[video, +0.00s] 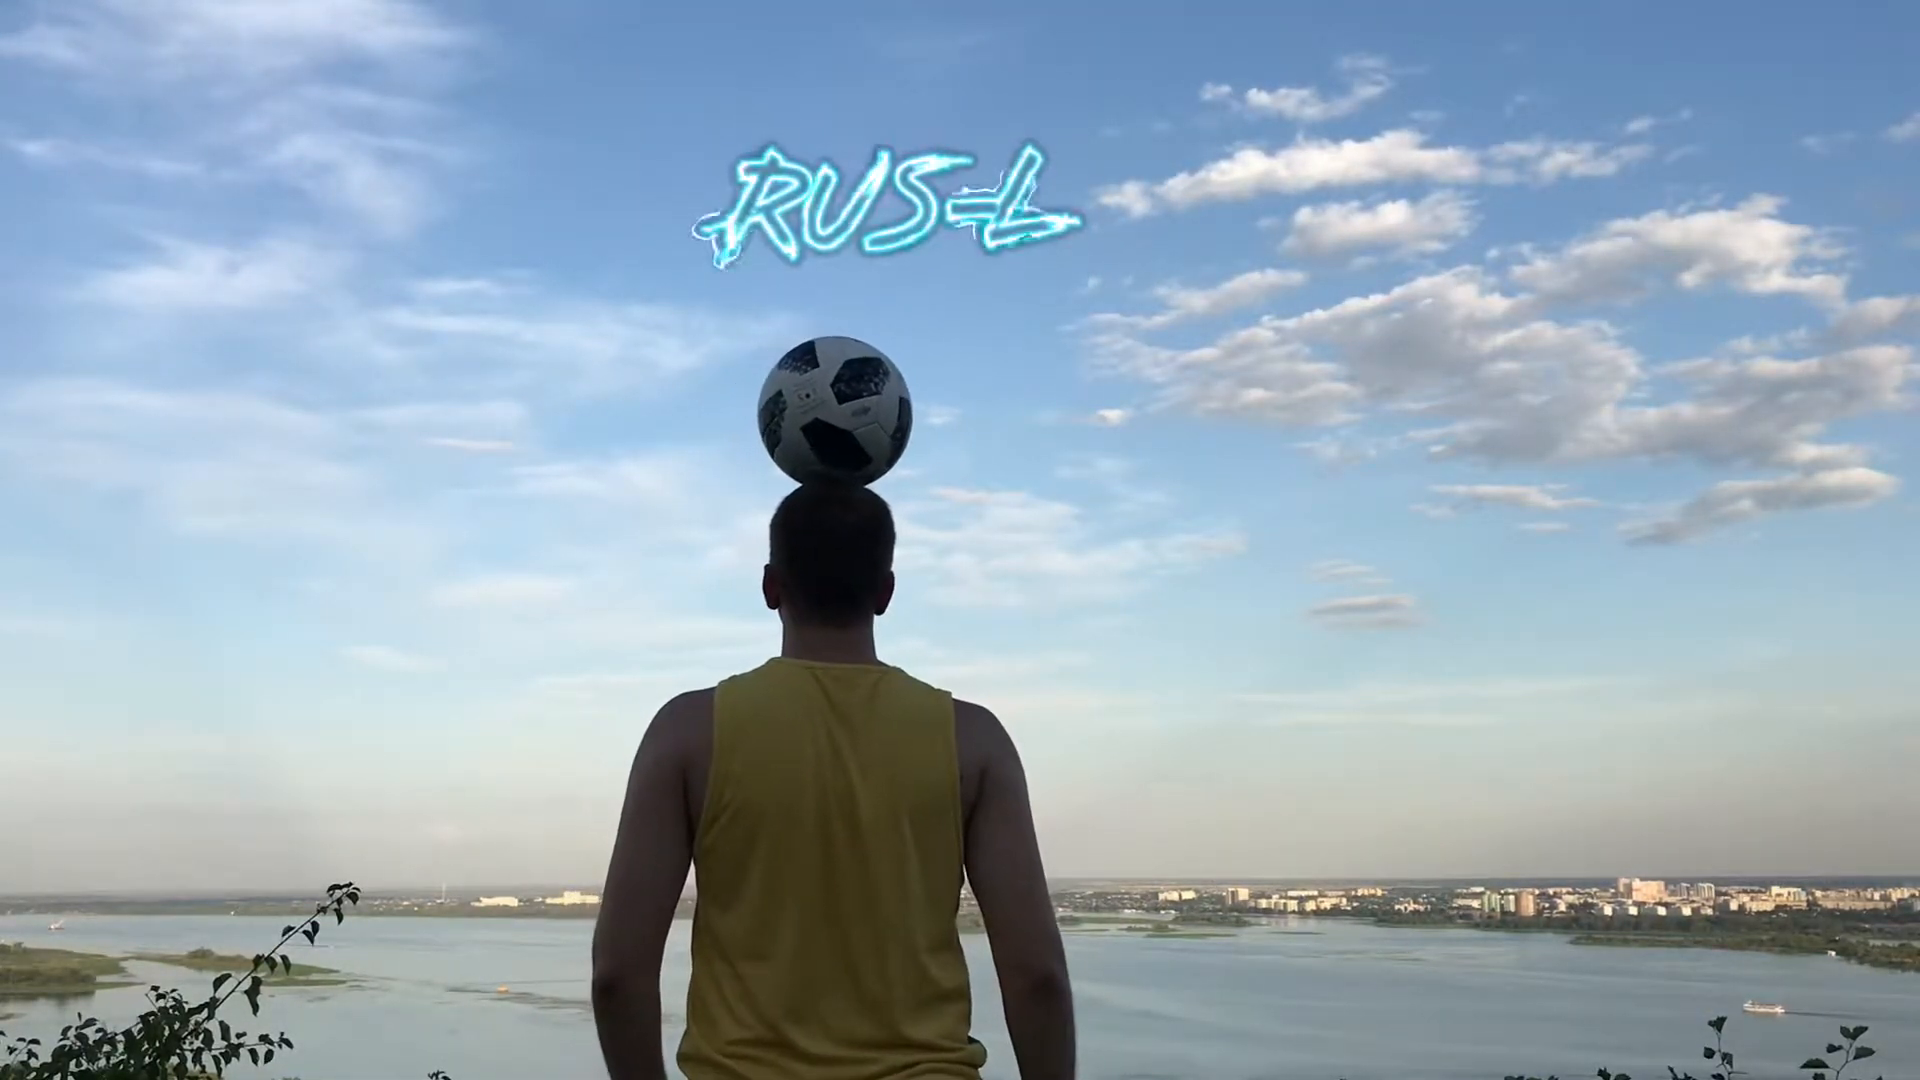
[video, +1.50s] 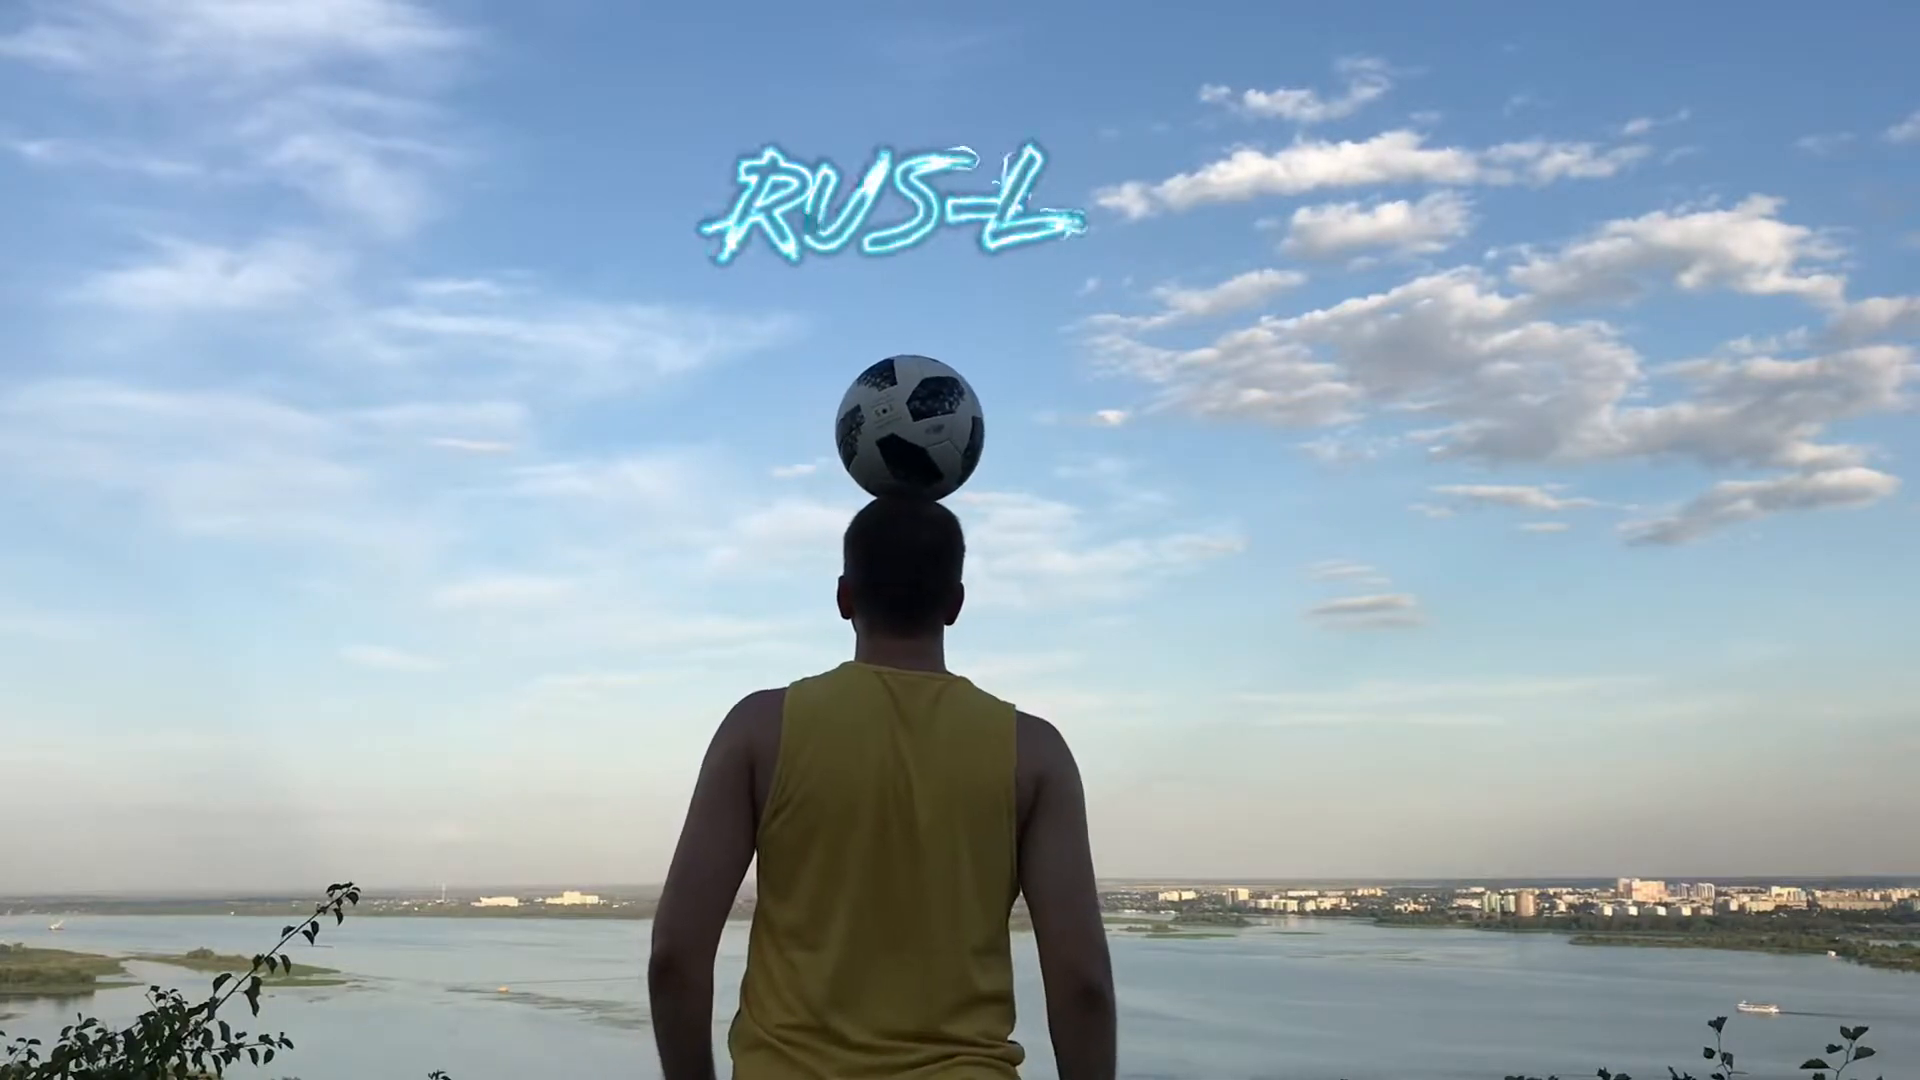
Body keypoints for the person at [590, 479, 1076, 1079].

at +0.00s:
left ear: (771, 585)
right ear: (887, 590)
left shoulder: (690, 728)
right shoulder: (971, 736)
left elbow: (618, 976)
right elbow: (1038, 979)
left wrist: (643, 1073)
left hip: (739, 1060)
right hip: (926, 1062)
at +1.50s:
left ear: (843, 597)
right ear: (958, 603)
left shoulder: (760, 726)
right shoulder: (1031, 747)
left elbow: (675, 958)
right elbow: (1083, 985)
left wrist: (693, 1071)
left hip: (788, 1058)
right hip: (966, 1061)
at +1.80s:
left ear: (915, 602)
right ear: (1028, 604)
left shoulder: (829, 721)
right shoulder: (1096, 755)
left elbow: (737, 942)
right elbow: (1137, 996)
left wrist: (747, 1072)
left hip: (838, 1056)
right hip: (1015, 1060)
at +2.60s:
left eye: (838, 582)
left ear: (841, 598)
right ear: (955, 602)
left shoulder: (775, 737)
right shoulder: (1045, 737)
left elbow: (709, 975)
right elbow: (1123, 963)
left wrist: (734, 1076)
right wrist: (1137, 1075)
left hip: (829, 1062)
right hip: (1009, 1063)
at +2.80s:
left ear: (774, 585)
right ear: (889, 592)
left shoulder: (701, 732)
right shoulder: (974, 732)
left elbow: (639, 970)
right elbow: (1053, 956)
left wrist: (665, 1073)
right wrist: (1076, 1070)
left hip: (772, 1057)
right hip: (944, 1057)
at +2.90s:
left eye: (750, 564)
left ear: (743, 584)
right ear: (860, 590)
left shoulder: (674, 733)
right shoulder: (945, 730)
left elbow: (610, 960)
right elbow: (1021, 932)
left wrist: (635, 1072)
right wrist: (1049, 1067)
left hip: (744, 1058)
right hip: (918, 1059)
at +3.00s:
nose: (749, 586)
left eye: (708, 563)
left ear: (700, 586)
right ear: (815, 586)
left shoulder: (636, 739)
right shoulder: (904, 723)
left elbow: (580, 955)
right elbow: (987, 912)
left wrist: (580, 1059)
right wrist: (1016, 1044)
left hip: (716, 1051)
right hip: (883, 1050)